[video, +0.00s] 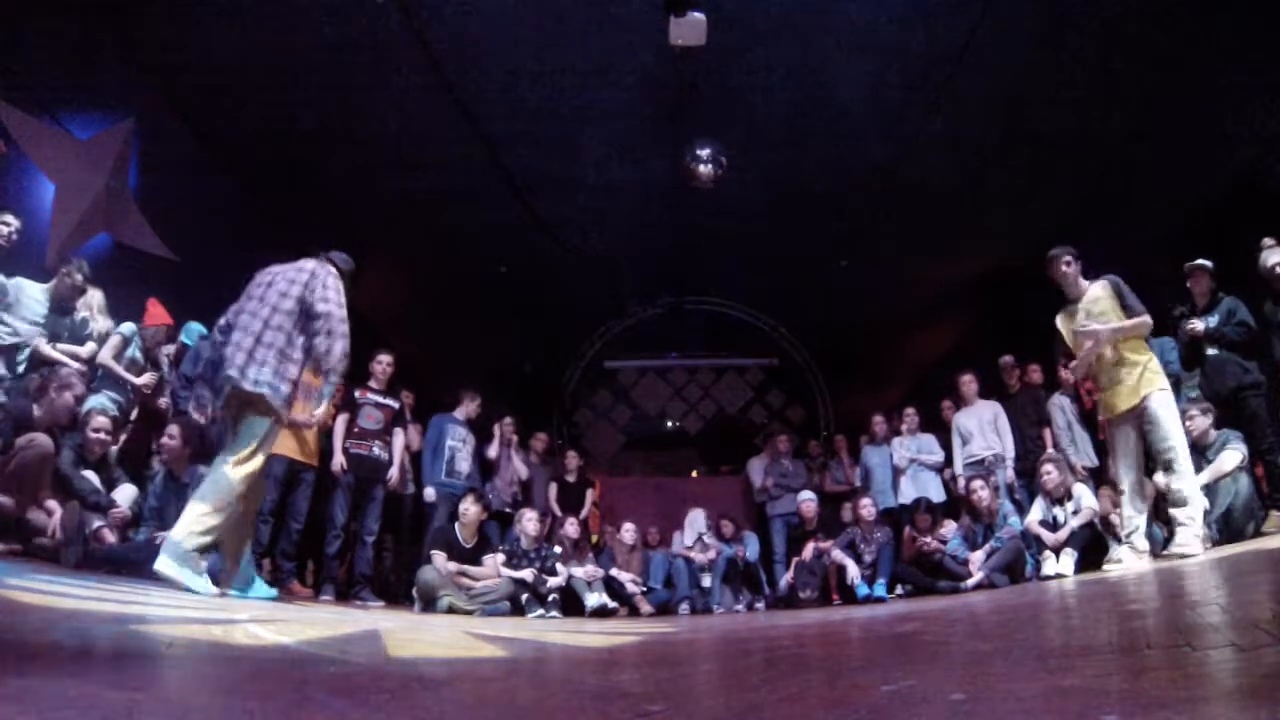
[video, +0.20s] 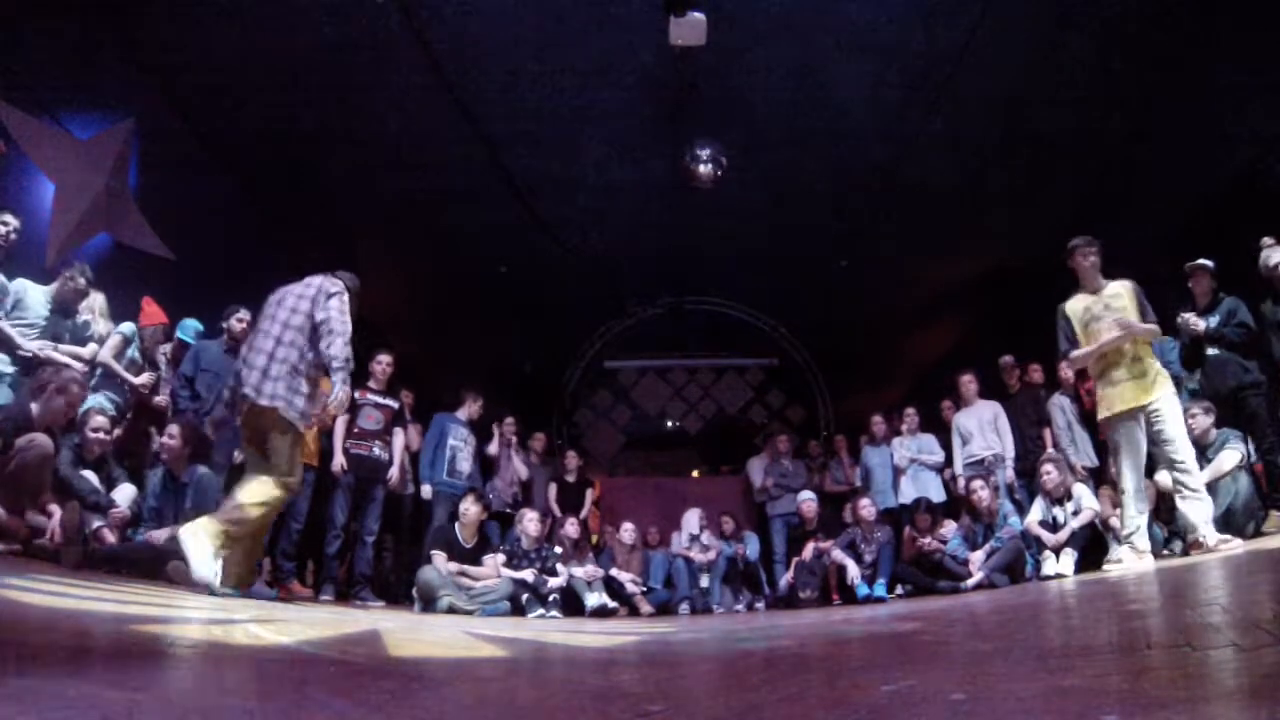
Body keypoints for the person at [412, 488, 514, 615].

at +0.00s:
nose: (465, 508)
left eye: (473, 505)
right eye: (464, 502)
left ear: (483, 515)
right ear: (458, 505)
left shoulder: (483, 538)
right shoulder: (442, 533)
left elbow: (493, 572)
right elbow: (440, 567)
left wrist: (460, 568)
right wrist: (474, 584)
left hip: (476, 590)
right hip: (446, 588)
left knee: (507, 585)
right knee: (427, 574)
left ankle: (454, 605)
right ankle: (477, 609)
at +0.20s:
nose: (465, 508)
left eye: (473, 505)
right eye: (464, 502)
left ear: (483, 515)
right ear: (459, 505)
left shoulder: (483, 538)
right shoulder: (442, 532)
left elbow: (493, 572)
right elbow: (441, 568)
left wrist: (461, 568)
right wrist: (474, 584)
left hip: (476, 591)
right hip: (447, 588)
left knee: (507, 584)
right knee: (426, 574)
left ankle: (453, 604)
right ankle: (477, 609)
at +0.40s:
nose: (465, 507)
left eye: (473, 504)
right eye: (464, 502)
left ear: (483, 515)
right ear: (458, 505)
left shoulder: (484, 537)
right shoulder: (442, 532)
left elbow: (493, 572)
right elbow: (441, 568)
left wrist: (461, 568)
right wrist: (474, 584)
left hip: (477, 590)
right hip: (447, 587)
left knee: (506, 585)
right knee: (427, 574)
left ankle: (455, 605)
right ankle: (477, 609)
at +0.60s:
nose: (466, 507)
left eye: (475, 504)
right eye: (465, 501)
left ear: (484, 515)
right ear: (459, 506)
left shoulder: (485, 537)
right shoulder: (442, 532)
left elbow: (493, 572)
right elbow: (441, 568)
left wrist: (462, 568)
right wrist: (474, 584)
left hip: (477, 590)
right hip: (447, 588)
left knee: (507, 585)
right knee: (427, 574)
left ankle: (455, 605)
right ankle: (477, 610)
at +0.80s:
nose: (467, 507)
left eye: (476, 504)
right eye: (466, 501)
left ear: (484, 515)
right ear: (460, 505)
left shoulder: (485, 537)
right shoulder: (443, 532)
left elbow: (493, 573)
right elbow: (441, 569)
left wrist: (462, 568)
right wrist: (474, 584)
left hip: (476, 591)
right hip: (446, 588)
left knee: (507, 585)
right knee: (427, 573)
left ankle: (453, 605)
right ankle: (475, 609)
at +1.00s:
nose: (482, 512)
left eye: (484, 508)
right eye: (476, 507)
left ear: (488, 512)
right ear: (461, 509)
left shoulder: (485, 538)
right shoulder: (442, 533)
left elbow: (493, 572)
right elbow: (442, 570)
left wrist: (462, 569)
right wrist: (474, 584)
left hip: (476, 590)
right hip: (447, 589)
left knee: (506, 585)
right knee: (426, 573)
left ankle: (453, 605)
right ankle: (477, 609)